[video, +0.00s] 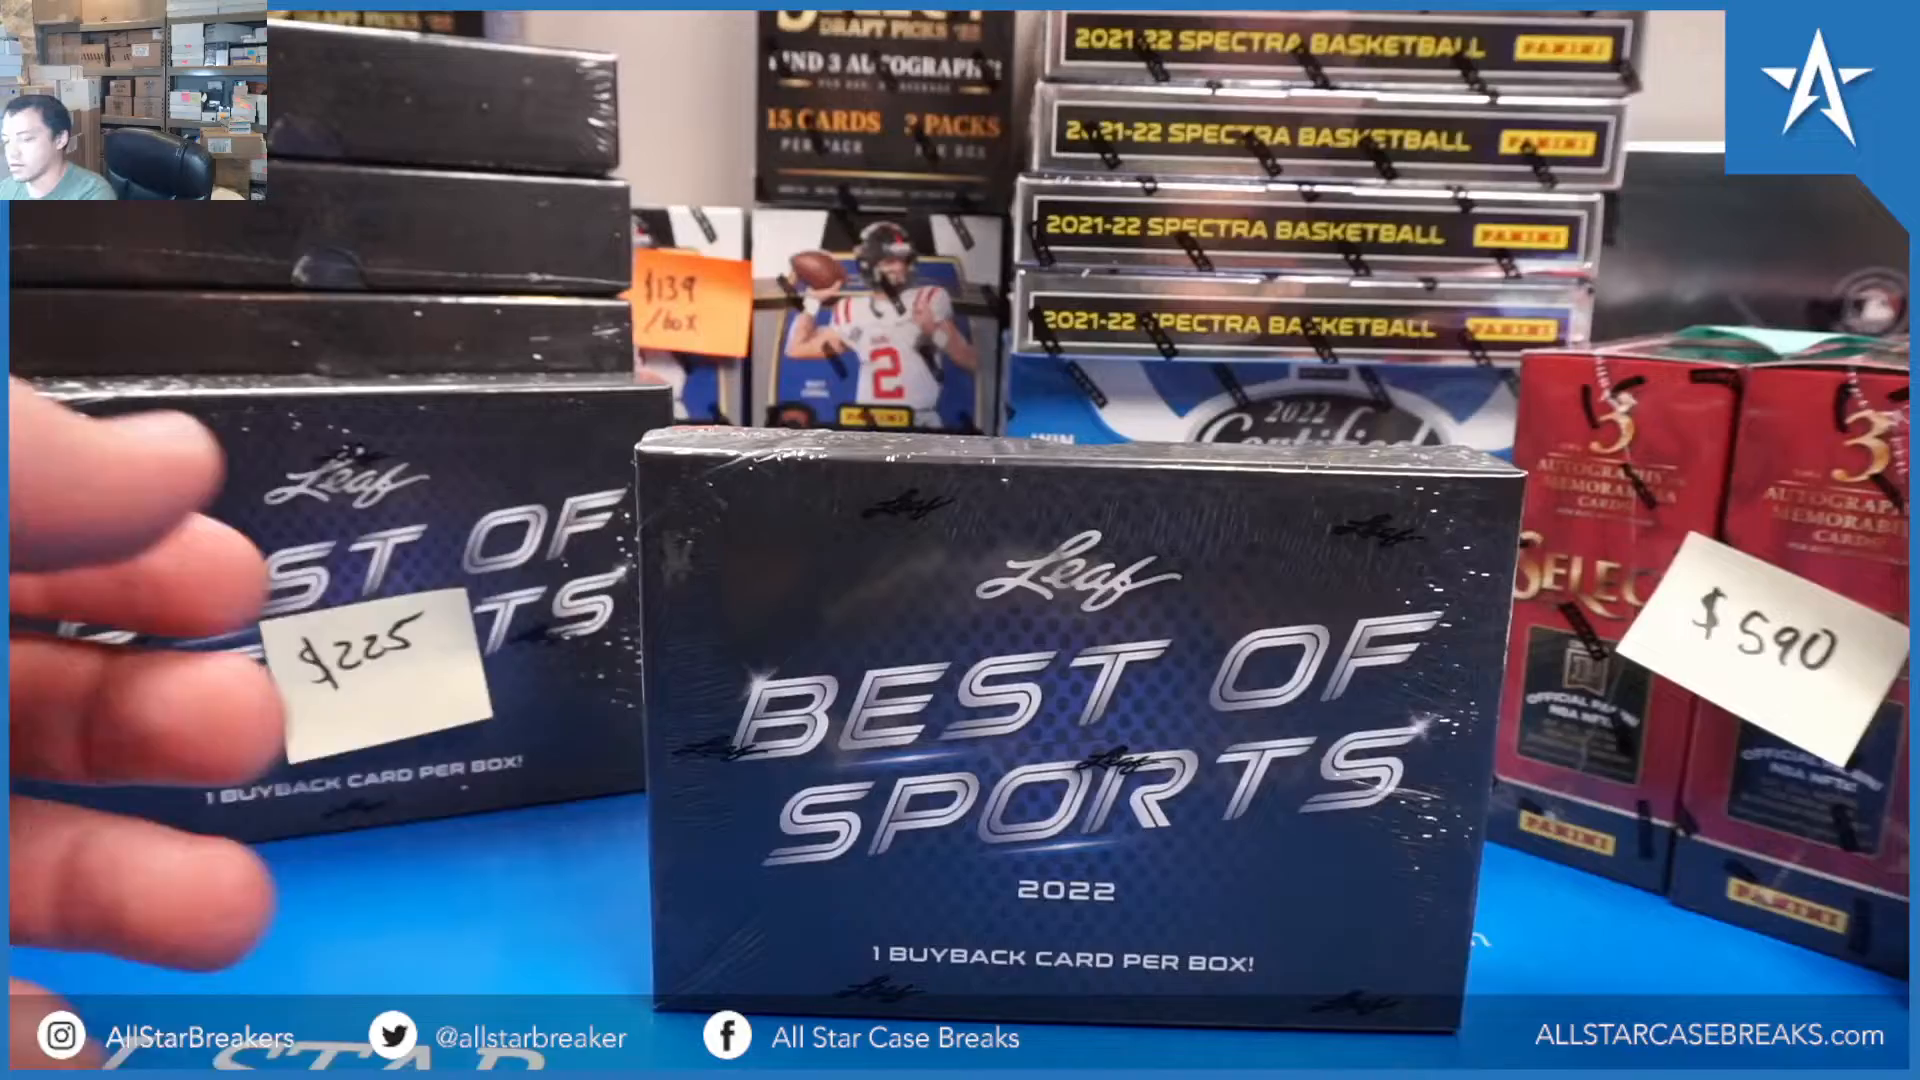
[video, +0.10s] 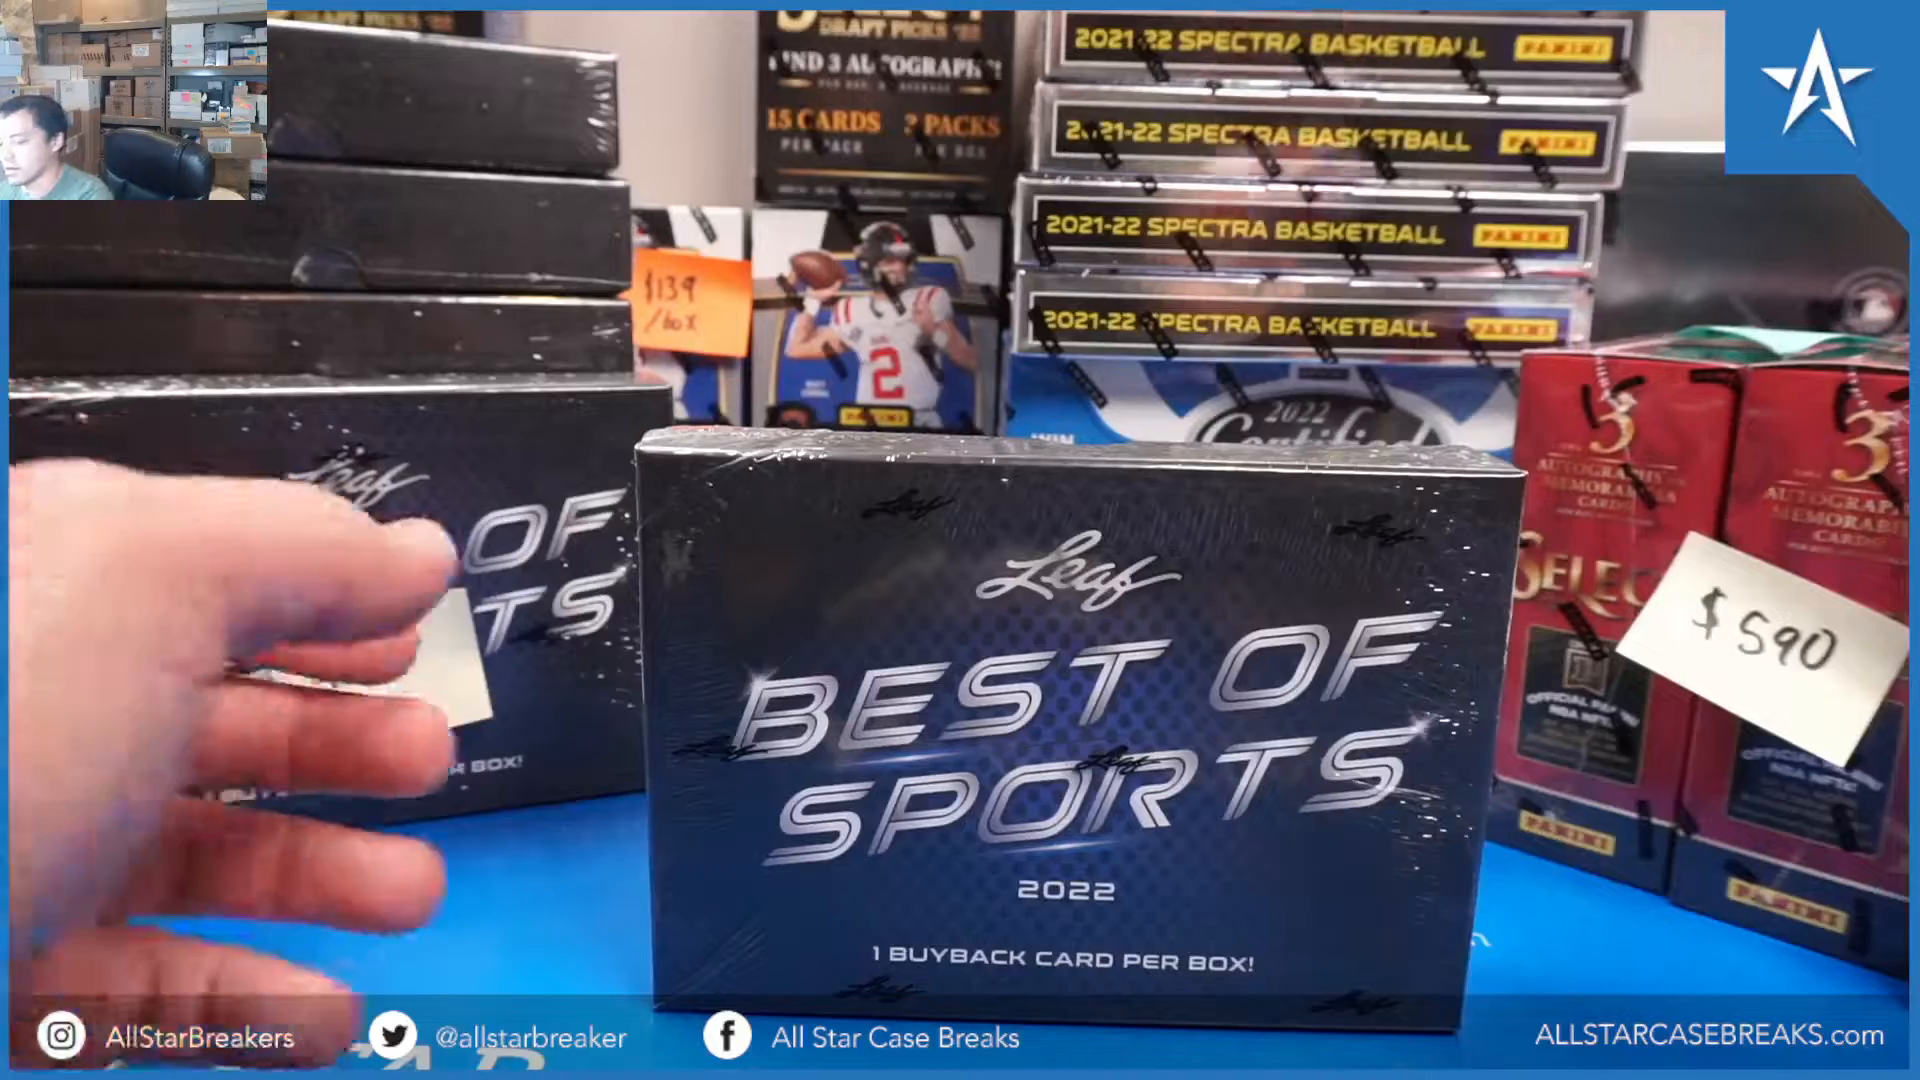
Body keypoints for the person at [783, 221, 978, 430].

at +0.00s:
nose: (897, 269)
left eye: (903, 260)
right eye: (887, 261)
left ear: (910, 263)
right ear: (868, 267)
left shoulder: (931, 298)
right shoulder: (851, 311)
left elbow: (972, 362)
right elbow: (796, 350)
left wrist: (935, 331)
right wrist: (812, 304)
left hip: (920, 419)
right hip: (868, 421)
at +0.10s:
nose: (897, 269)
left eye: (903, 260)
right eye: (887, 261)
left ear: (910, 263)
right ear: (868, 267)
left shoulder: (931, 298)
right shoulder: (851, 311)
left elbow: (972, 362)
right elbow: (796, 350)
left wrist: (935, 331)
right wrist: (812, 304)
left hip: (921, 419)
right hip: (868, 421)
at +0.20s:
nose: (897, 269)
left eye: (903, 260)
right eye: (888, 261)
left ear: (910, 263)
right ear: (868, 267)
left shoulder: (931, 298)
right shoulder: (851, 311)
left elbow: (972, 362)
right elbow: (796, 350)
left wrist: (935, 331)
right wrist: (812, 304)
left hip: (921, 420)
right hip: (868, 422)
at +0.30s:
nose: (897, 269)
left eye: (903, 260)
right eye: (888, 261)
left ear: (910, 263)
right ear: (868, 267)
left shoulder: (931, 298)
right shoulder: (851, 311)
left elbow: (972, 362)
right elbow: (796, 350)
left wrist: (935, 331)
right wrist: (812, 304)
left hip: (921, 420)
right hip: (868, 421)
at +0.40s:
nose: (897, 269)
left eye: (903, 260)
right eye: (888, 261)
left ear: (910, 263)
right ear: (868, 267)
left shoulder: (931, 298)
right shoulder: (851, 311)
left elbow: (971, 362)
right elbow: (795, 350)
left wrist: (935, 331)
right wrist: (812, 304)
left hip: (921, 419)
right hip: (868, 421)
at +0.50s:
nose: (897, 269)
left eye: (903, 260)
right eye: (887, 261)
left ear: (910, 263)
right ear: (868, 267)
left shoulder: (931, 298)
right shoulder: (851, 310)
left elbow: (972, 362)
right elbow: (796, 350)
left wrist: (935, 331)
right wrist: (812, 304)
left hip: (920, 419)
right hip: (868, 421)